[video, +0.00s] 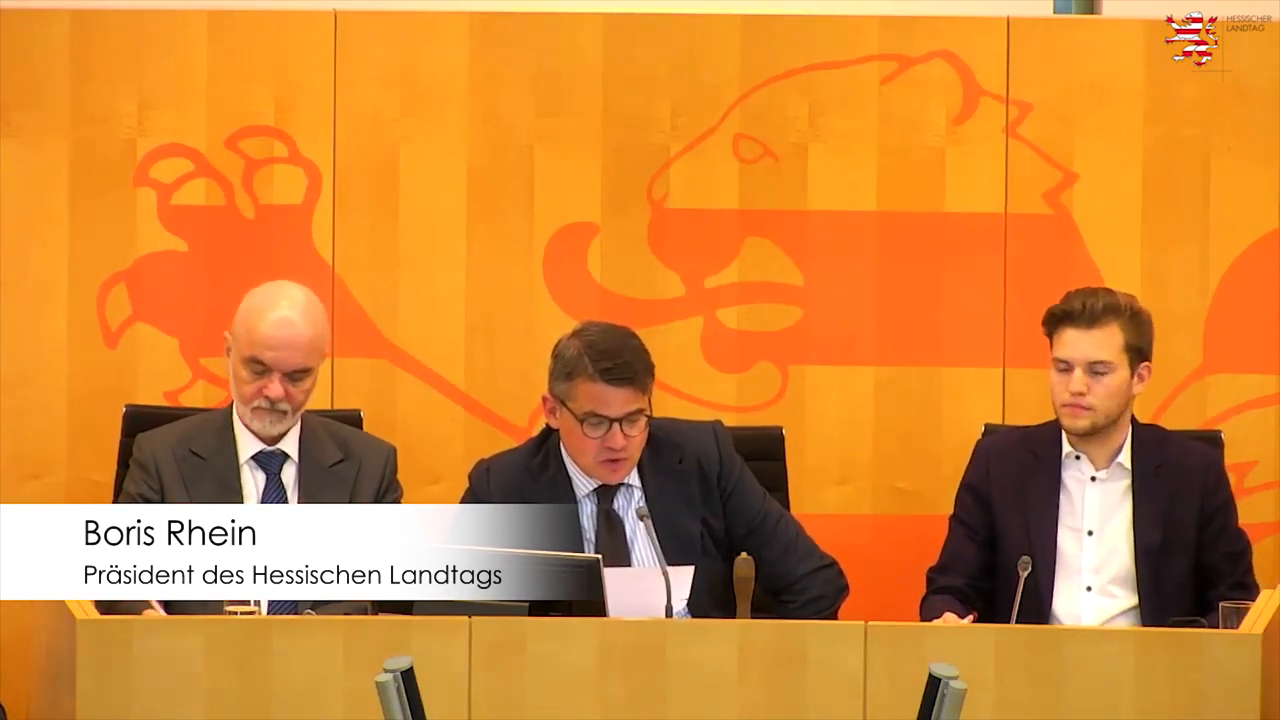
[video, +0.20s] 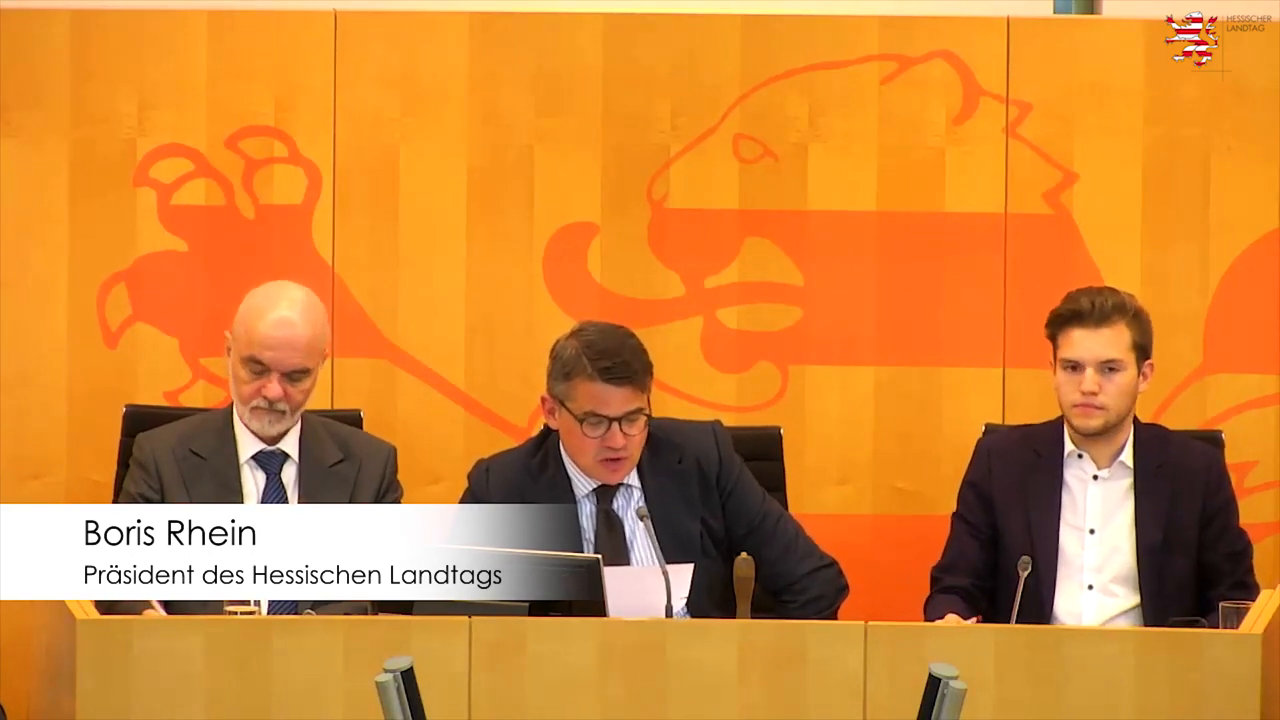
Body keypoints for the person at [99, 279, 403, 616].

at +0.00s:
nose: (275, 392)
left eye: (298, 376)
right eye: (258, 369)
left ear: (321, 364)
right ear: (228, 352)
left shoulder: (372, 464)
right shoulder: (159, 456)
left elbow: (391, 589)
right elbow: (116, 576)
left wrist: (314, 633)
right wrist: (144, 615)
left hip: (327, 667)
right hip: (196, 662)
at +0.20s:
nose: (273, 392)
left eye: (296, 376)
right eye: (256, 368)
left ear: (321, 363)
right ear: (228, 351)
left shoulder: (372, 464)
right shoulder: (159, 456)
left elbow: (390, 590)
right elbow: (117, 574)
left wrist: (314, 636)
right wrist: (144, 617)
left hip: (326, 666)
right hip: (196, 661)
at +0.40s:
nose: (273, 392)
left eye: (296, 376)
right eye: (256, 369)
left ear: (322, 363)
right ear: (228, 351)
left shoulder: (372, 464)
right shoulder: (159, 455)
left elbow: (391, 588)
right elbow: (116, 575)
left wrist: (314, 635)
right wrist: (144, 615)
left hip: (327, 667)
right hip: (195, 661)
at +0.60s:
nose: (273, 392)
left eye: (296, 376)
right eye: (256, 369)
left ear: (322, 364)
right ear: (229, 351)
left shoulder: (372, 464)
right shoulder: (159, 455)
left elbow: (394, 593)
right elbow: (118, 576)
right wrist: (144, 618)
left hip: (328, 667)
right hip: (196, 662)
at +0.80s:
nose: (273, 392)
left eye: (296, 376)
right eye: (256, 369)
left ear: (323, 361)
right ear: (229, 349)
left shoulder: (373, 464)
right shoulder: (159, 455)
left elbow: (390, 594)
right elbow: (118, 579)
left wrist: (313, 629)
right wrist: (145, 617)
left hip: (330, 671)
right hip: (197, 666)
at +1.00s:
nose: (274, 392)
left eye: (296, 376)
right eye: (257, 369)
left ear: (322, 362)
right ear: (229, 349)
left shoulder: (372, 464)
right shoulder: (160, 456)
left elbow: (391, 594)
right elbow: (125, 577)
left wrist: (315, 629)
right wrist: (147, 621)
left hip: (331, 676)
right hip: (198, 671)